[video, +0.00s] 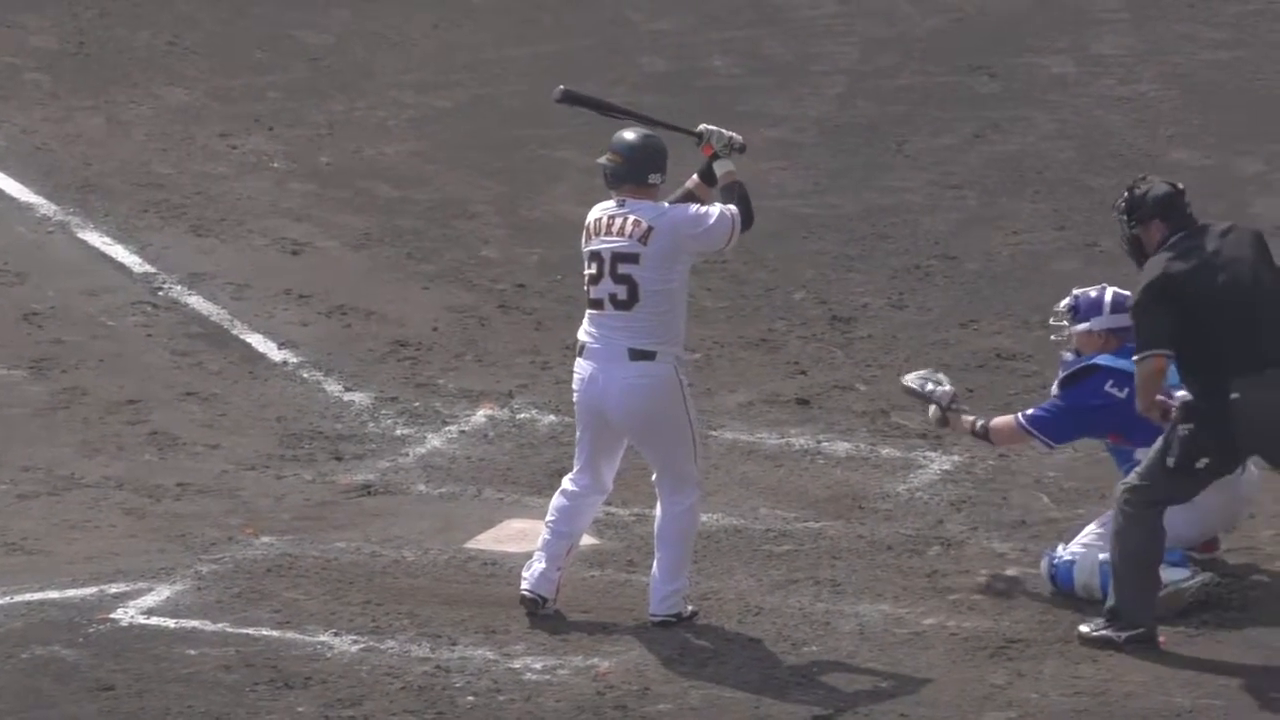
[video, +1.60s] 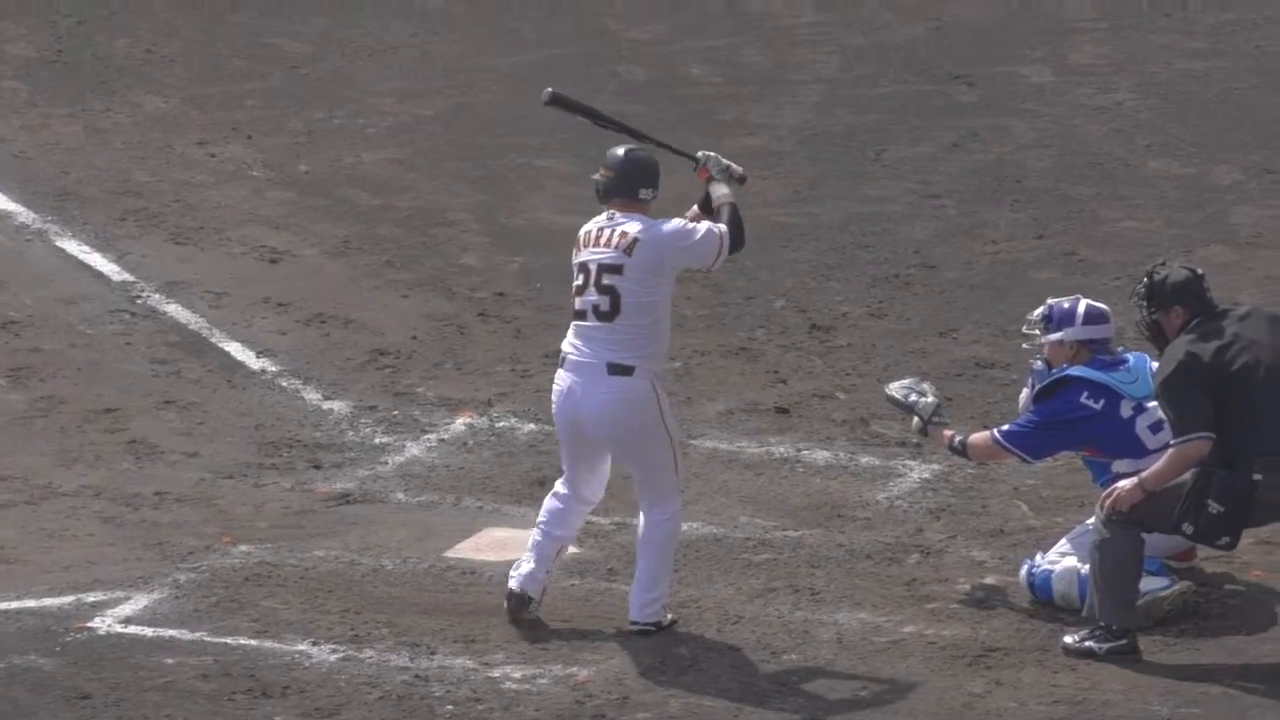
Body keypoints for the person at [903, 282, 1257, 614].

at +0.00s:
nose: (1069, 337)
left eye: (1076, 330)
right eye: (1070, 329)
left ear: (1104, 337)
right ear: (1117, 335)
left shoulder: (1099, 387)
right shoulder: (1158, 357)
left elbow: (1020, 431)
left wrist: (962, 421)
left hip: (1194, 495)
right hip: (1237, 474)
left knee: (1063, 564)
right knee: (1143, 465)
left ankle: (1178, 579)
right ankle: (1200, 546)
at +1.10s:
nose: (1051, 337)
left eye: (1058, 331)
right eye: (1053, 329)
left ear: (1082, 339)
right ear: (1110, 331)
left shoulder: (1086, 390)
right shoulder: (1150, 353)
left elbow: (1006, 436)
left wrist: (954, 429)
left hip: (1167, 506)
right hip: (1212, 485)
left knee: (1052, 563)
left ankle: (1160, 577)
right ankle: (1189, 539)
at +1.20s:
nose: (1051, 338)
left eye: (1057, 330)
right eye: (1052, 330)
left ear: (1081, 338)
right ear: (1108, 331)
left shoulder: (1086, 390)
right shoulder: (1150, 353)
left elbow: (1006, 436)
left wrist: (951, 427)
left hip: (1167, 508)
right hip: (1211, 487)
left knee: (1050, 563)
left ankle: (1160, 576)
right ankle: (1187, 540)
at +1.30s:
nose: (1050, 339)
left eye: (1056, 332)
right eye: (1052, 331)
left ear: (1080, 340)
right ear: (1108, 333)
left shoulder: (1085, 389)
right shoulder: (1151, 353)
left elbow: (1001, 438)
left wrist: (953, 428)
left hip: (1167, 510)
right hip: (1210, 488)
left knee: (1051, 563)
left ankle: (1157, 576)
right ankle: (1186, 540)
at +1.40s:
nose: (1050, 339)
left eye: (1056, 333)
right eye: (1051, 332)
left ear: (1079, 341)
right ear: (1109, 334)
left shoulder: (1084, 390)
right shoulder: (1150, 356)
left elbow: (1005, 439)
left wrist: (953, 431)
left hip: (1163, 514)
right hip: (1206, 495)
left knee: (1048, 565)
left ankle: (1157, 579)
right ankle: (1185, 544)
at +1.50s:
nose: (1048, 345)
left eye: (1055, 338)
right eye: (1050, 337)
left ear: (1079, 344)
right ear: (1099, 339)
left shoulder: (1080, 395)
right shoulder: (1146, 359)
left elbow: (994, 444)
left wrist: (944, 428)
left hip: (1161, 515)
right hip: (1202, 493)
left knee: (1046, 570)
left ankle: (1158, 583)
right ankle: (1181, 547)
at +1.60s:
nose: (1042, 346)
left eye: (1048, 339)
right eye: (1043, 339)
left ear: (1073, 347)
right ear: (1097, 340)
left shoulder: (1075, 398)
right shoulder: (1142, 362)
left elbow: (995, 446)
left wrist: (943, 435)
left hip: (1153, 519)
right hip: (1199, 499)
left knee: (1040, 570)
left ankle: (1150, 587)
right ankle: (1177, 549)